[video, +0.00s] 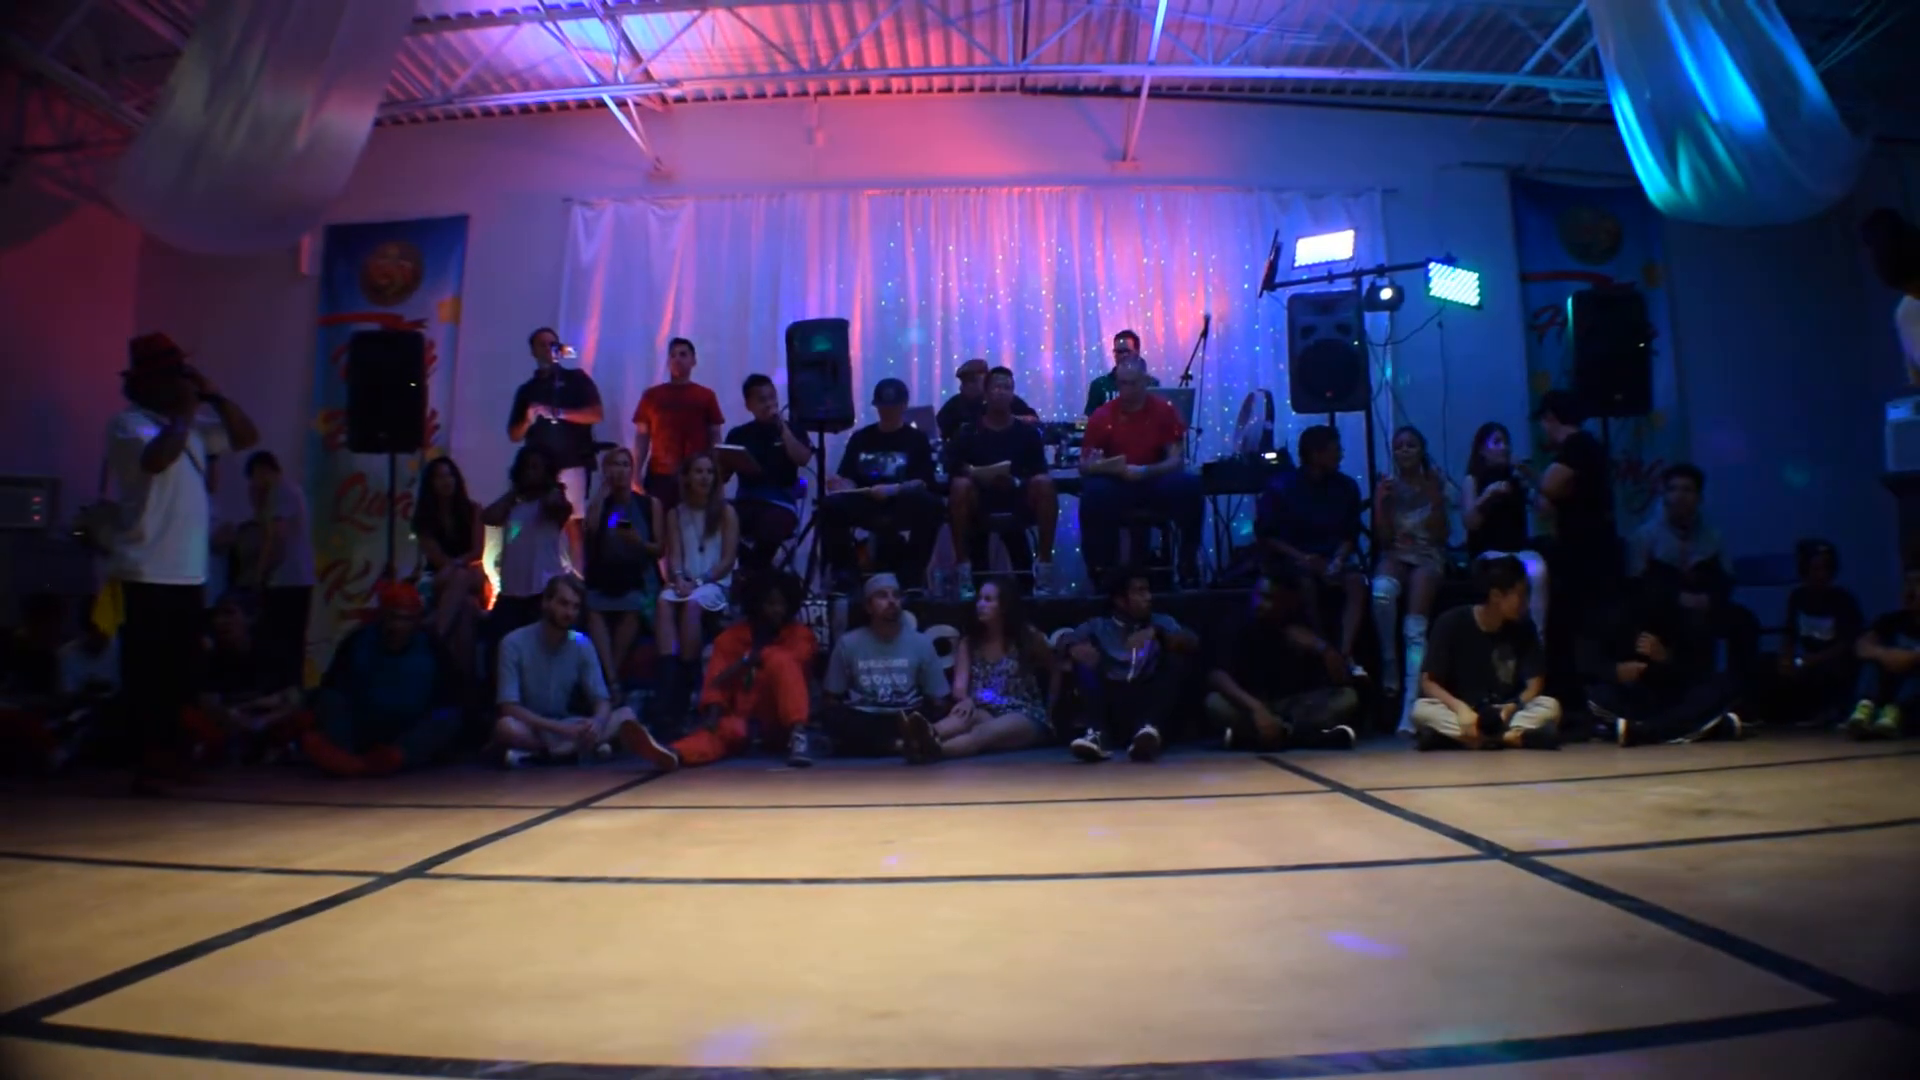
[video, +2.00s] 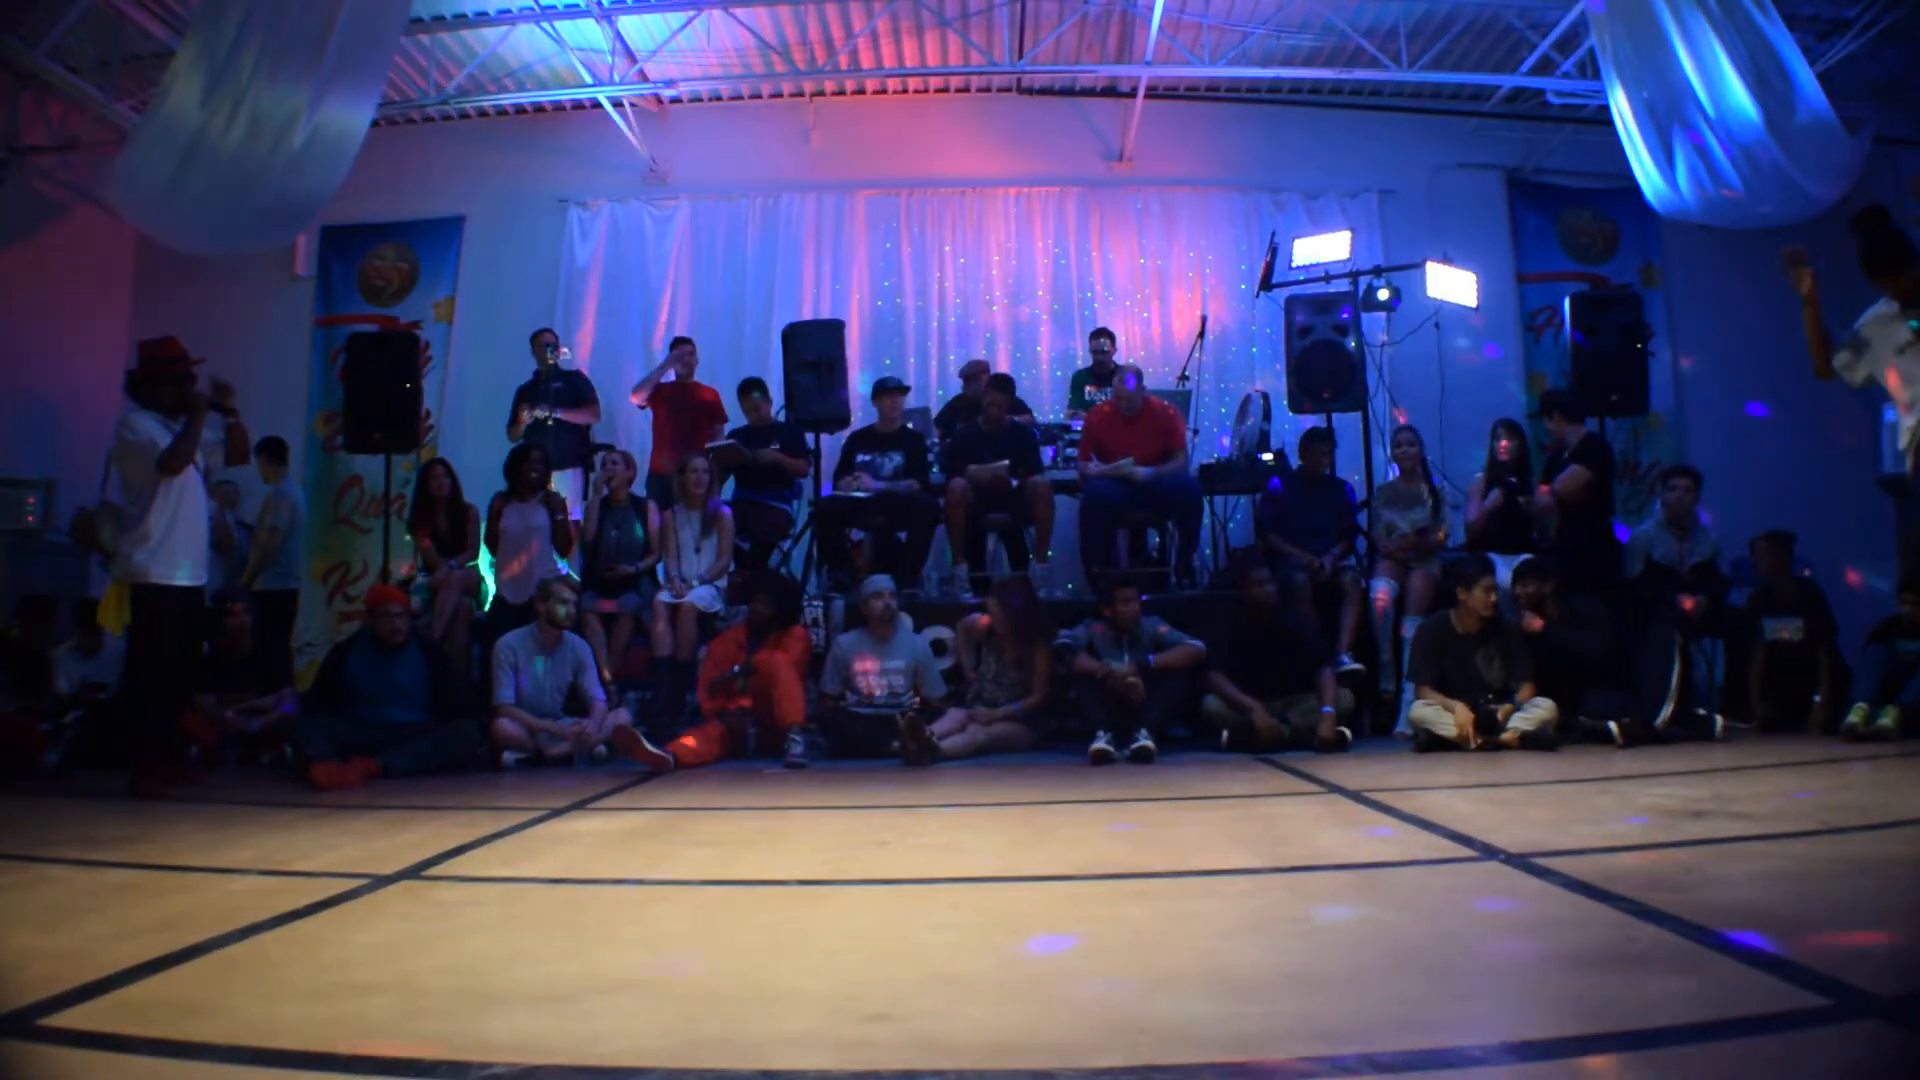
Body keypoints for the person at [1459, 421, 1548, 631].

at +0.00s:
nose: (1501, 447)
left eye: (1504, 442)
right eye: (1495, 442)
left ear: (1509, 446)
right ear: (1481, 448)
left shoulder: (1517, 475)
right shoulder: (1474, 478)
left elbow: (1544, 506)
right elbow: (1470, 519)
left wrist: (1530, 482)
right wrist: (1488, 494)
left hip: (1519, 546)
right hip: (1488, 547)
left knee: (1537, 569)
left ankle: (1538, 635)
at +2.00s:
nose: (1503, 445)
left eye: (1510, 439)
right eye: (1498, 440)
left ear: (1520, 444)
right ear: (1492, 444)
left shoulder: (1531, 481)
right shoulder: (1481, 481)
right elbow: (1472, 523)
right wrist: (1489, 505)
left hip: (1524, 551)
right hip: (1491, 551)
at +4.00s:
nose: (1514, 442)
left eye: (1516, 436)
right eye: (1507, 436)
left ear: (1520, 440)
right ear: (1492, 443)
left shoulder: (1524, 477)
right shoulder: (1479, 481)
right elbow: (1471, 528)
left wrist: (1541, 506)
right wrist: (1492, 508)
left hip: (1524, 551)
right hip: (1491, 551)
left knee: (1539, 588)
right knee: (1510, 588)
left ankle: (1527, 648)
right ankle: (1503, 647)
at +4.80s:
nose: (1509, 451)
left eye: (1514, 445)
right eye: (1502, 445)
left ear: (1521, 448)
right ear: (1491, 449)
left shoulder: (1528, 478)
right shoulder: (1480, 480)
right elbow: (1472, 525)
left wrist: (1529, 505)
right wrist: (1493, 502)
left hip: (1525, 551)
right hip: (1491, 551)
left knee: (1539, 585)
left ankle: (1527, 643)